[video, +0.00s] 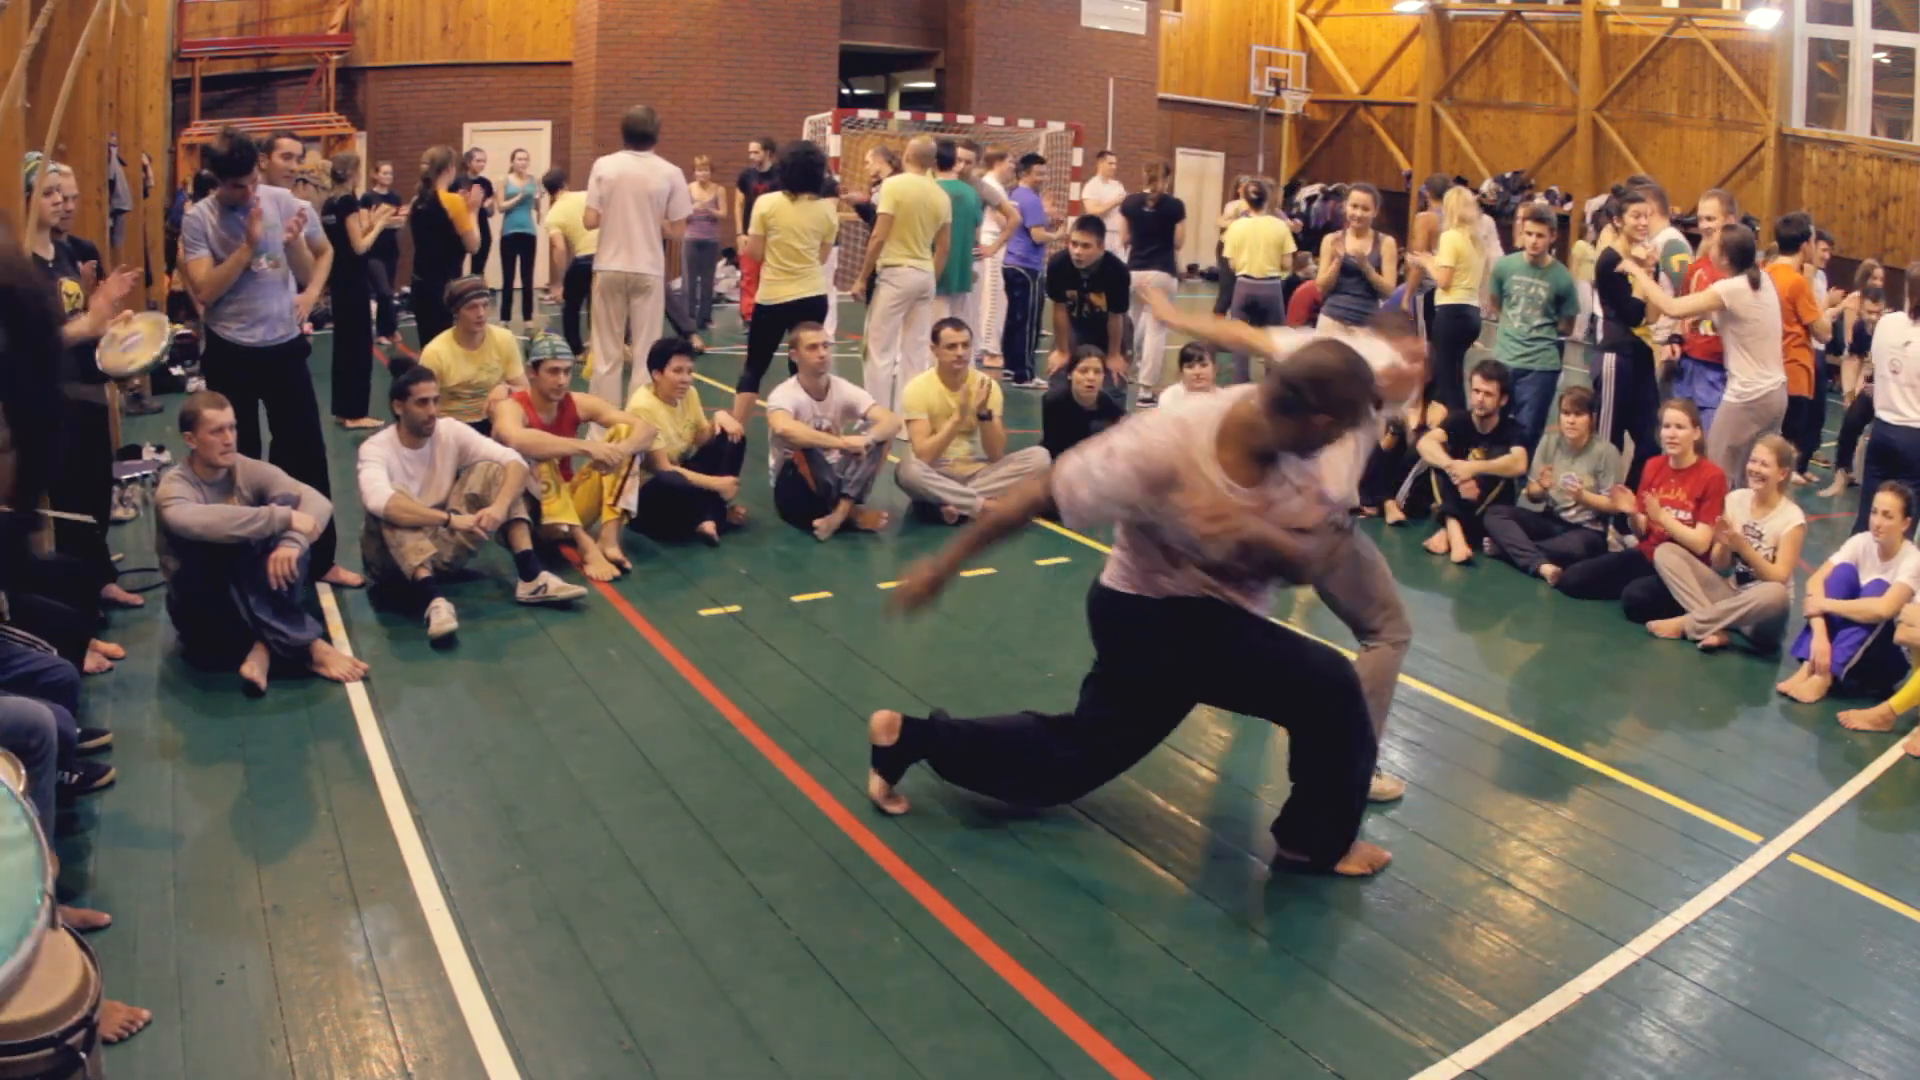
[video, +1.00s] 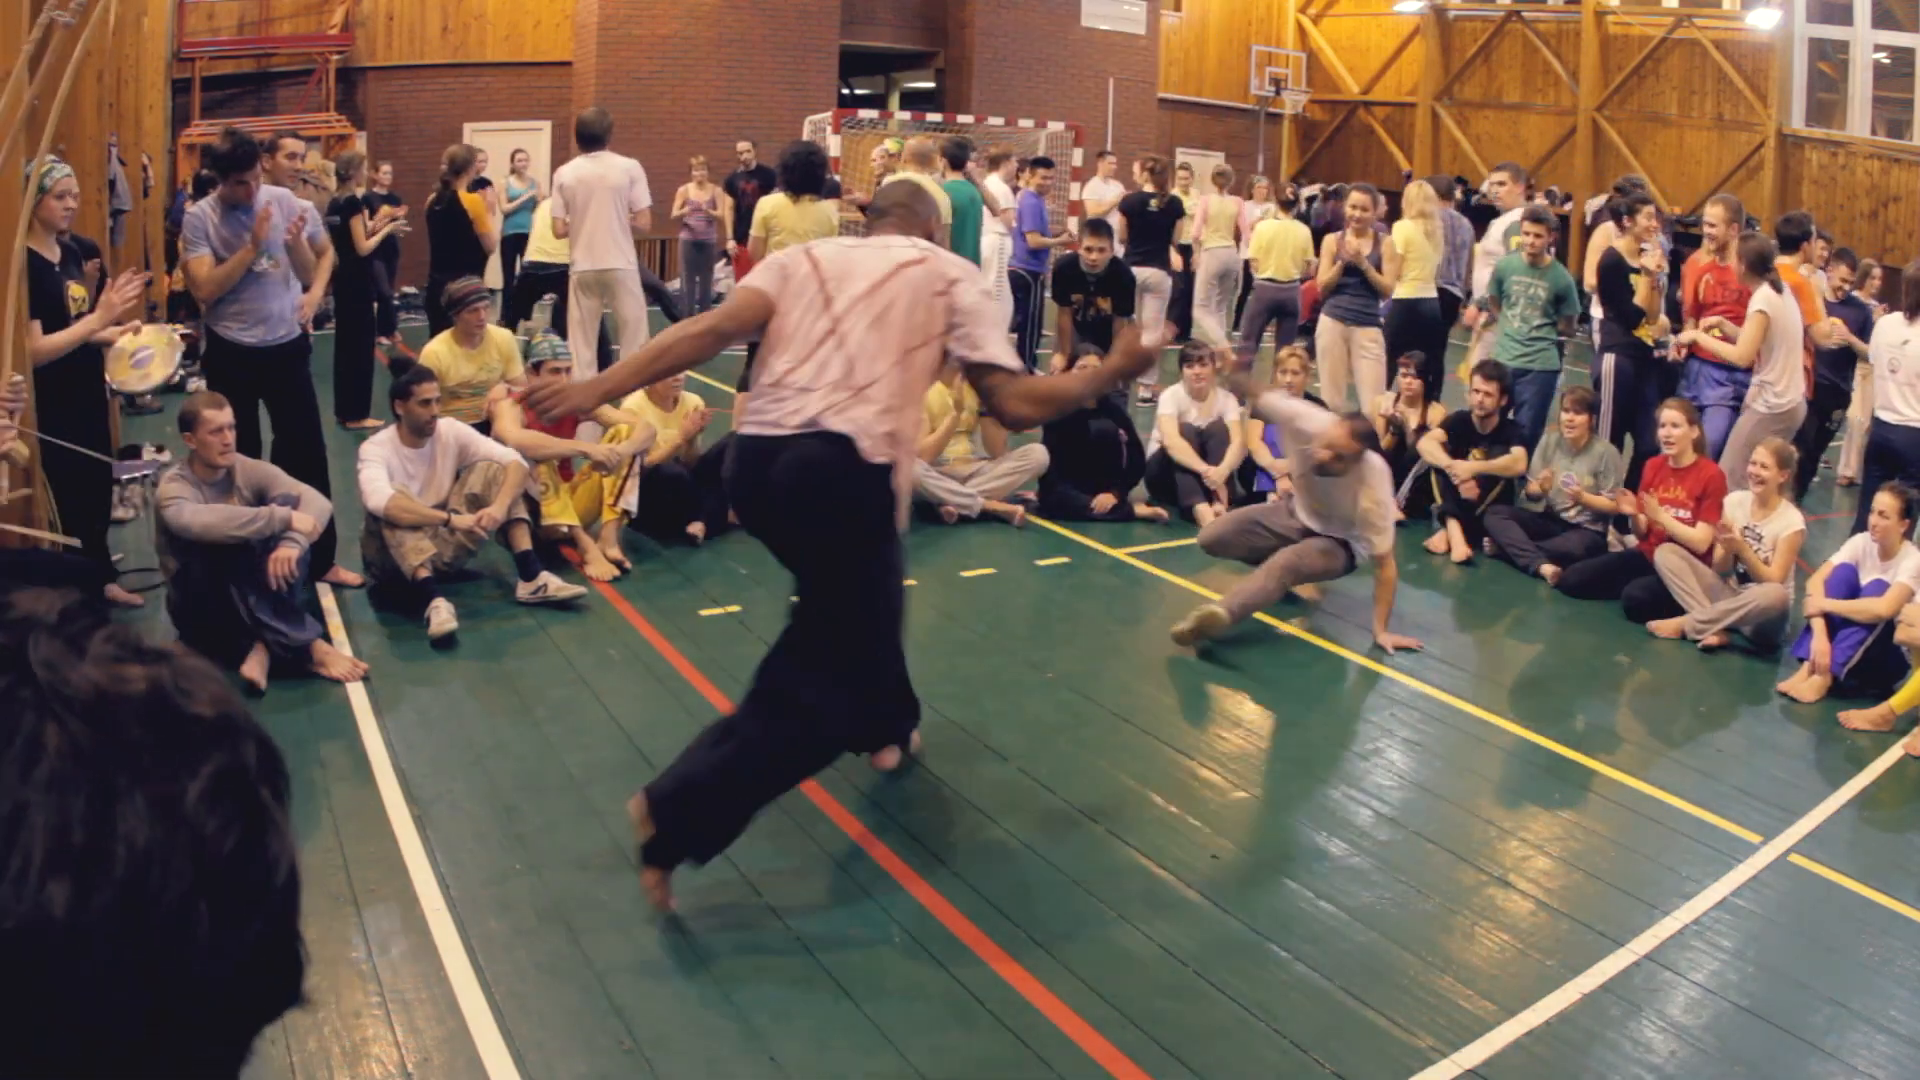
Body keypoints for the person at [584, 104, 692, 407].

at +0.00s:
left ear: (622, 133)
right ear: (656, 135)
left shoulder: (604, 167)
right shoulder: (670, 173)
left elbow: (590, 220)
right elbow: (678, 230)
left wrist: (617, 210)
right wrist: (652, 220)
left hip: (608, 268)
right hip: (649, 269)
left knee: (605, 351)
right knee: (647, 354)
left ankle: (600, 430)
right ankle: (639, 430)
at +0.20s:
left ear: (623, 134)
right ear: (657, 136)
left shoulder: (604, 166)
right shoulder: (671, 173)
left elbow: (591, 220)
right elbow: (679, 233)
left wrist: (617, 212)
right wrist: (654, 223)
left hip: (608, 267)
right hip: (648, 270)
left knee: (597, 350)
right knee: (647, 353)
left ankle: (590, 421)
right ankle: (641, 423)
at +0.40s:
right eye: (648, 131)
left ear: (615, 134)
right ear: (649, 135)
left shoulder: (597, 168)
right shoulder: (664, 172)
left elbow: (583, 220)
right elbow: (674, 231)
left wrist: (611, 213)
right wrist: (650, 222)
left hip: (603, 269)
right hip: (643, 269)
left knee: (596, 349)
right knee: (645, 349)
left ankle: (589, 422)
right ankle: (643, 422)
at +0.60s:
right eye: (635, 129)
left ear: (603, 133)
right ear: (636, 133)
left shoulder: (586, 167)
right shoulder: (653, 171)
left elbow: (576, 221)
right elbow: (664, 228)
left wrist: (602, 214)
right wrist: (641, 220)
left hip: (596, 267)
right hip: (635, 267)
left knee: (591, 350)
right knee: (639, 349)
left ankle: (591, 420)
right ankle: (637, 420)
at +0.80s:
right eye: (622, 128)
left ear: (588, 133)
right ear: (621, 133)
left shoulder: (573, 170)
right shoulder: (638, 170)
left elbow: (566, 226)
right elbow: (652, 227)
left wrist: (592, 217)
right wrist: (626, 218)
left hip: (588, 269)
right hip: (626, 268)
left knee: (585, 350)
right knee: (632, 349)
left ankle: (585, 421)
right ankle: (631, 421)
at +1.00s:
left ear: (576, 137)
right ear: (609, 135)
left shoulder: (564, 173)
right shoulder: (630, 168)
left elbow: (559, 229)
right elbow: (644, 224)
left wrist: (585, 221)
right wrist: (617, 216)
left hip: (583, 266)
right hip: (620, 264)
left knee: (582, 344)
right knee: (633, 340)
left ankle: (584, 406)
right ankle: (633, 407)